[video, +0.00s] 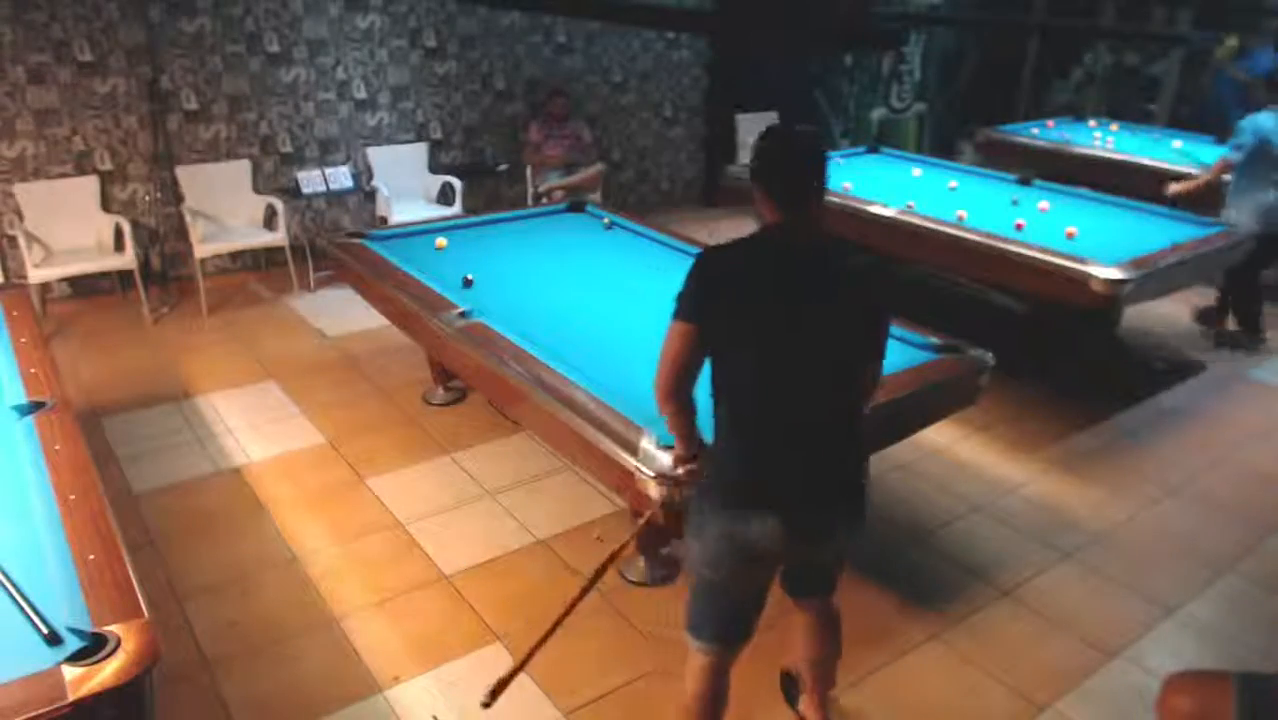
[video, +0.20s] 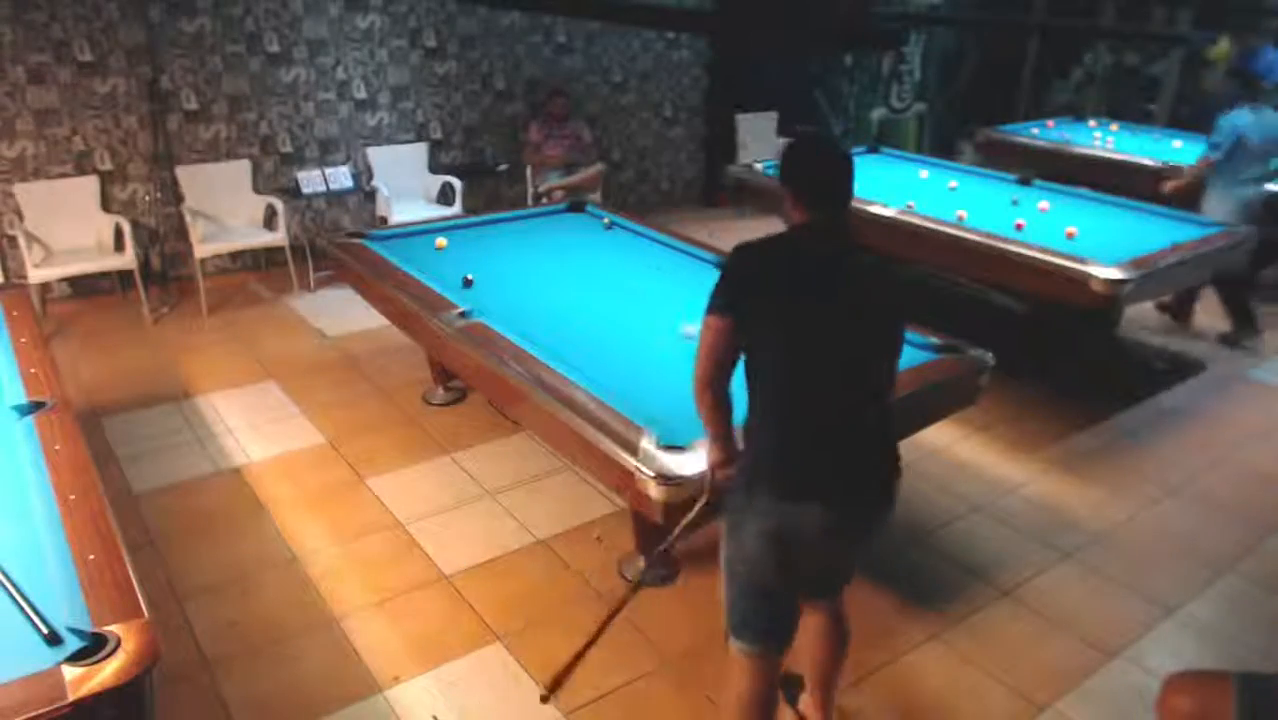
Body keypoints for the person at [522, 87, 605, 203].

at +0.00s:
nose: (559, 110)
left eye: (563, 106)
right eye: (556, 105)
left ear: (569, 107)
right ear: (548, 106)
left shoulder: (578, 126)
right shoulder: (538, 126)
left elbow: (591, 154)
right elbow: (529, 156)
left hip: (576, 167)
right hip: (549, 170)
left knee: (600, 168)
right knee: (558, 196)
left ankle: (551, 187)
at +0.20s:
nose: (559, 110)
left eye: (563, 105)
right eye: (556, 105)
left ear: (569, 107)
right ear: (548, 106)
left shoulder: (578, 126)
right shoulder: (538, 126)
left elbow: (591, 154)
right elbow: (529, 156)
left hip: (576, 167)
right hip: (549, 170)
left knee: (600, 168)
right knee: (558, 196)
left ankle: (551, 187)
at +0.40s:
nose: (560, 110)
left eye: (564, 106)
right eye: (556, 105)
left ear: (568, 107)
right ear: (549, 106)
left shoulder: (578, 126)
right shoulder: (539, 126)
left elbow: (591, 152)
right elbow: (529, 156)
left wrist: (572, 158)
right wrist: (557, 161)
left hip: (576, 166)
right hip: (550, 169)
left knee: (600, 168)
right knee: (559, 196)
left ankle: (551, 188)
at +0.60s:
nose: (560, 110)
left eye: (564, 106)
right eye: (556, 105)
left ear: (569, 107)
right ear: (549, 106)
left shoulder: (578, 126)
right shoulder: (539, 126)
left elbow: (591, 151)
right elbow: (529, 156)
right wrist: (558, 160)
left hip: (576, 166)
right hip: (549, 169)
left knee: (600, 168)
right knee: (559, 196)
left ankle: (550, 188)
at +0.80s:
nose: (560, 110)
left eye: (564, 106)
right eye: (556, 105)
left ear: (569, 107)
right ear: (549, 106)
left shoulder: (578, 126)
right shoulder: (539, 126)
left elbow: (591, 151)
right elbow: (529, 156)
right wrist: (558, 160)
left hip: (576, 166)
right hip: (549, 169)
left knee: (600, 168)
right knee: (559, 195)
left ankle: (550, 188)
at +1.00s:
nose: (560, 110)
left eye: (563, 106)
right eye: (556, 105)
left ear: (569, 107)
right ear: (548, 106)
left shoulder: (578, 126)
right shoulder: (539, 127)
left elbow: (592, 153)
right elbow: (530, 157)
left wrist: (573, 160)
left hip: (577, 167)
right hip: (549, 171)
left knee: (600, 168)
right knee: (559, 196)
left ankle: (549, 188)